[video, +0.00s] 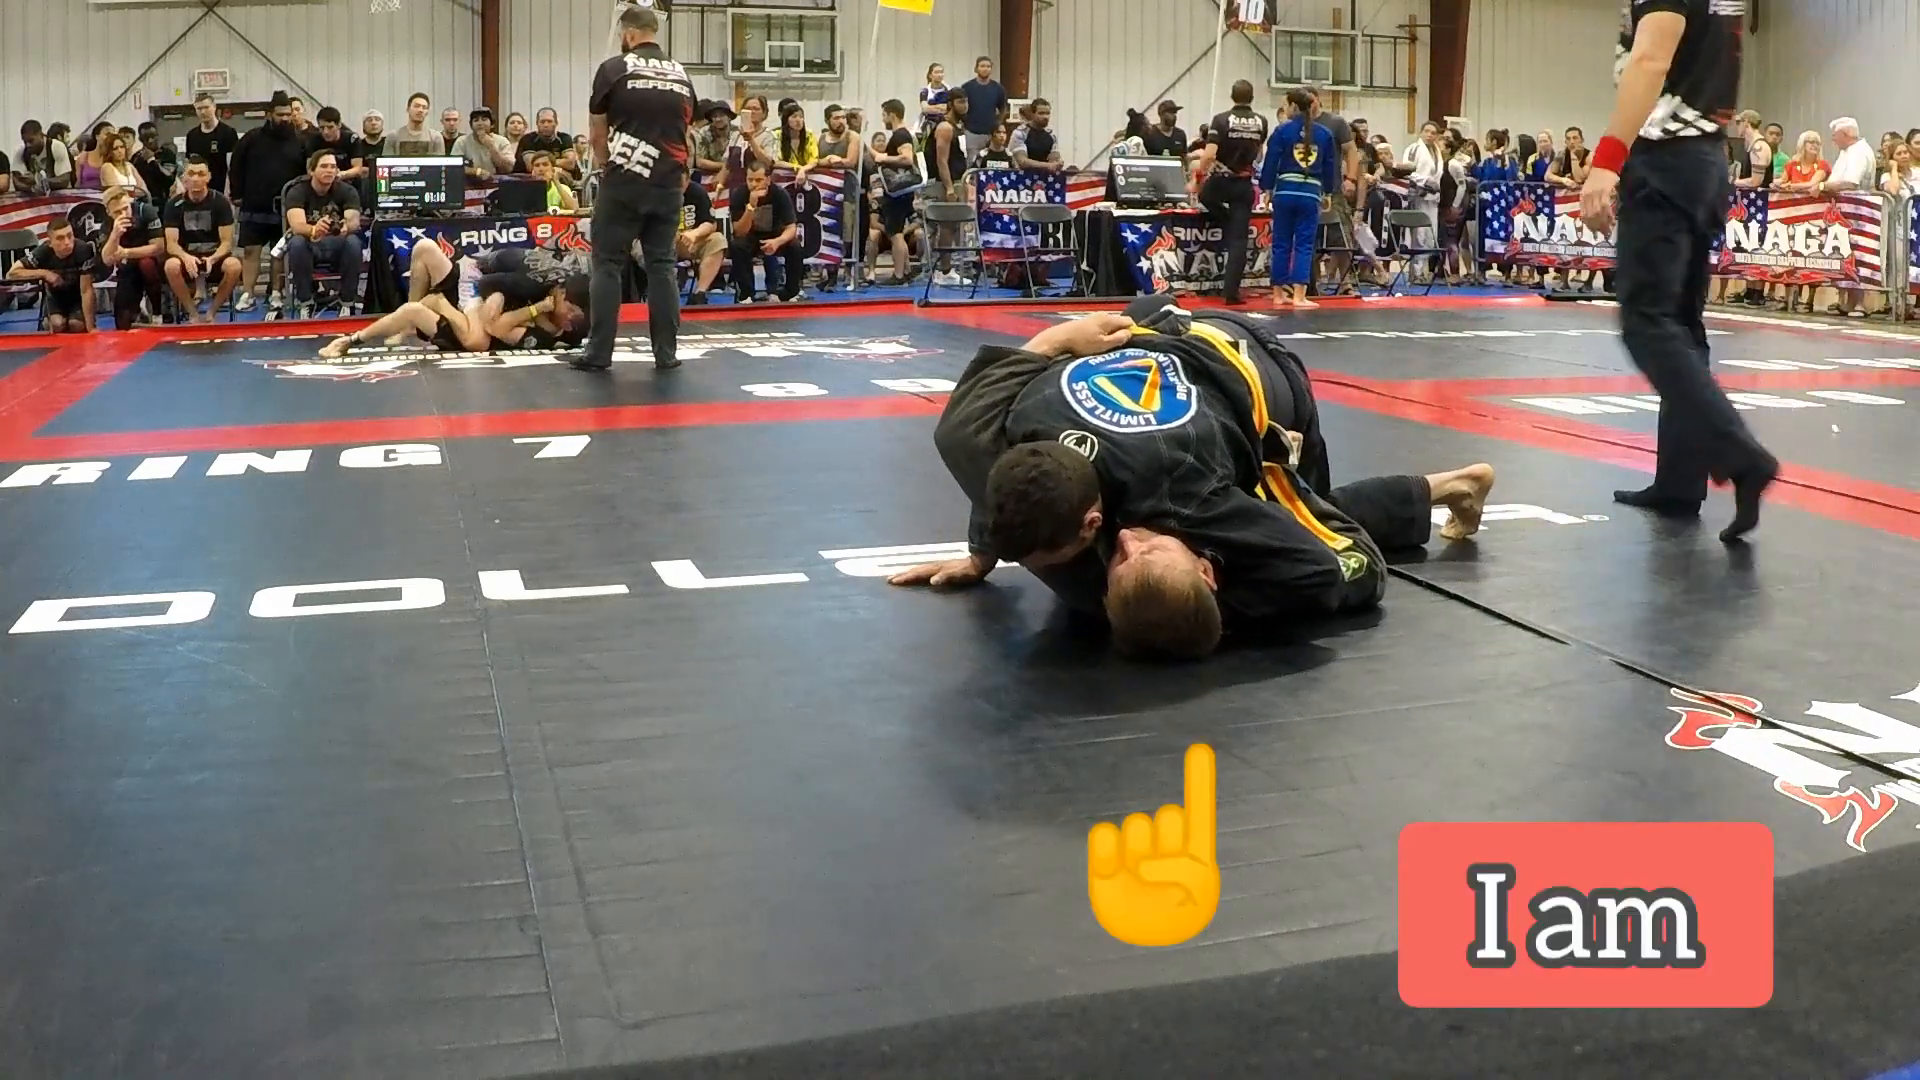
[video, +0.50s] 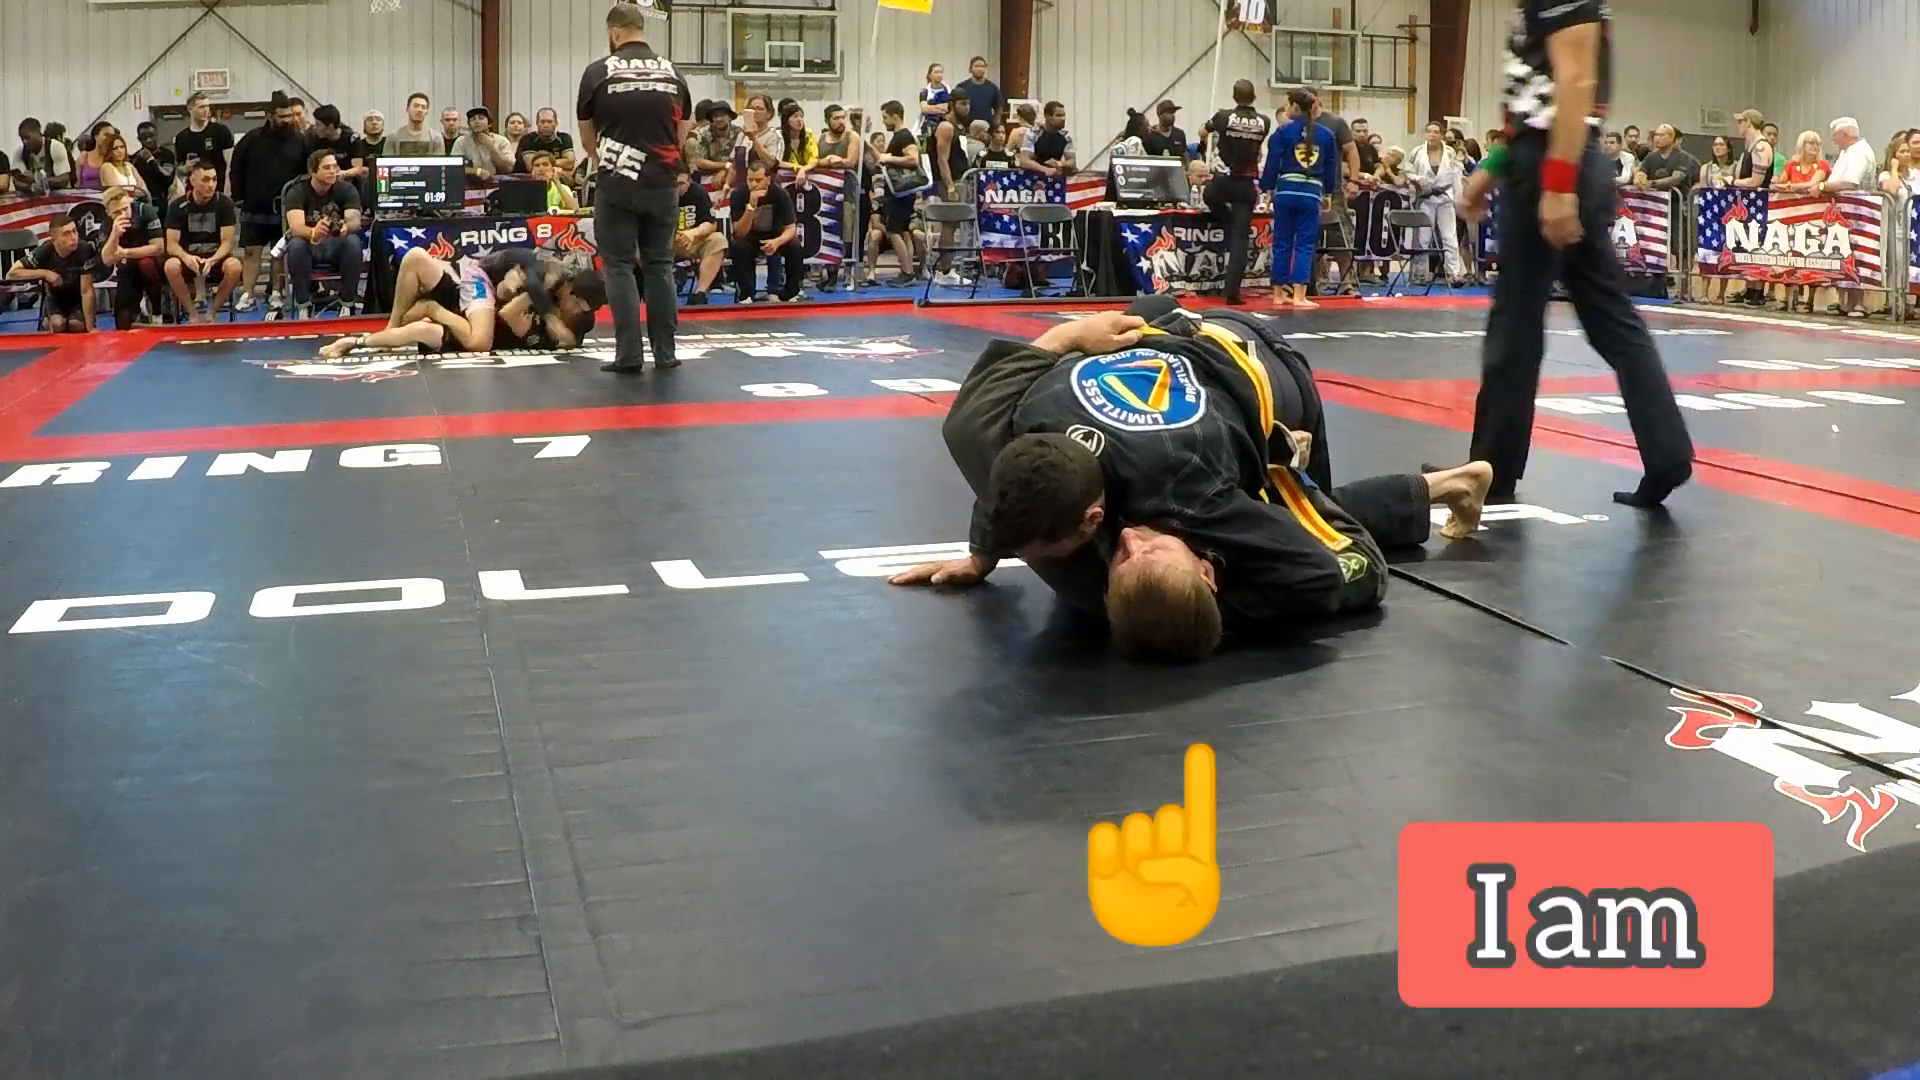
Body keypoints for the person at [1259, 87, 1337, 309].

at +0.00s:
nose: (1285, 108)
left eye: (1287, 105)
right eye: (1286, 105)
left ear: (1292, 106)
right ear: (1311, 106)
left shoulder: (1282, 130)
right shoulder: (1325, 134)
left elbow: (1270, 161)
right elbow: (1330, 166)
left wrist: (1266, 188)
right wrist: (1328, 191)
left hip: (1284, 191)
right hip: (1311, 194)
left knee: (1281, 242)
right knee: (1305, 244)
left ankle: (1278, 293)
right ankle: (1299, 296)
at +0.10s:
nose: (1285, 109)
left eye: (1287, 105)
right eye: (1286, 104)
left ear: (1293, 106)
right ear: (1310, 106)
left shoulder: (1282, 130)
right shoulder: (1325, 134)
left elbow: (1271, 162)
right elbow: (1330, 166)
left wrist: (1267, 188)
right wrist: (1329, 192)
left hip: (1285, 192)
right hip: (1311, 194)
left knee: (1281, 242)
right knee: (1305, 244)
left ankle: (1278, 293)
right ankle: (1299, 296)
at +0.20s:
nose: (1286, 108)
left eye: (1288, 105)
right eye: (1287, 104)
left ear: (1293, 106)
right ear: (1310, 106)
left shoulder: (1282, 131)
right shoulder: (1325, 134)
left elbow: (1271, 161)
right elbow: (1330, 166)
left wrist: (1267, 188)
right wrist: (1328, 191)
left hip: (1285, 192)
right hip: (1311, 194)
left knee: (1281, 242)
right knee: (1305, 244)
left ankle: (1278, 293)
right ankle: (1299, 296)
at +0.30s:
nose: (1286, 108)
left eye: (1288, 104)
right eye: (1287, 104)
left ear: (1293, 106)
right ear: (1311, 106)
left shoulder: (1282, 131)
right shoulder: (1325, 134)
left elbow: (1271, 162)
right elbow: (1330, 166)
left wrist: (1266, 188)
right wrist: (1328, 191)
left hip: (1285, 191)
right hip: (1311, 194)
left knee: (1282, 242)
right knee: (1306, 244)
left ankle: (1278, 293)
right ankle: (1299, 296)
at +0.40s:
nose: (1286, 108)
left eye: (1288, 104)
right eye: (1287, 104)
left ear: (1293, 106)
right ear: (1311, 106)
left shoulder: (1282, 131)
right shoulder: (1326, 134)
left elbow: (1272, 162)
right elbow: (1330, 166)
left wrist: (1267, 188)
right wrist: (1329, 192)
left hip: (1285, 192)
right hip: (1311, 194)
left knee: (1282, 242)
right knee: (1305, 244)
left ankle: (1278, 293)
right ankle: (1299, 296)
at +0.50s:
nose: (1286, 108)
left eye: (1288, 104)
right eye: (1287, 104)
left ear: (1293, 106)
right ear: (1312, 106)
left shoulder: (1282, 131)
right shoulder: (1326, 134)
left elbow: (1272, 162)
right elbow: (1331, 167)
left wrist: (1267, 188)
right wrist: (1329, 192)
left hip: (1285, 192)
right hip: (1312, 194)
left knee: (1282, 242)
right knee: (1306, 244)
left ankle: (1278, 294)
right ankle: (1299, 296)